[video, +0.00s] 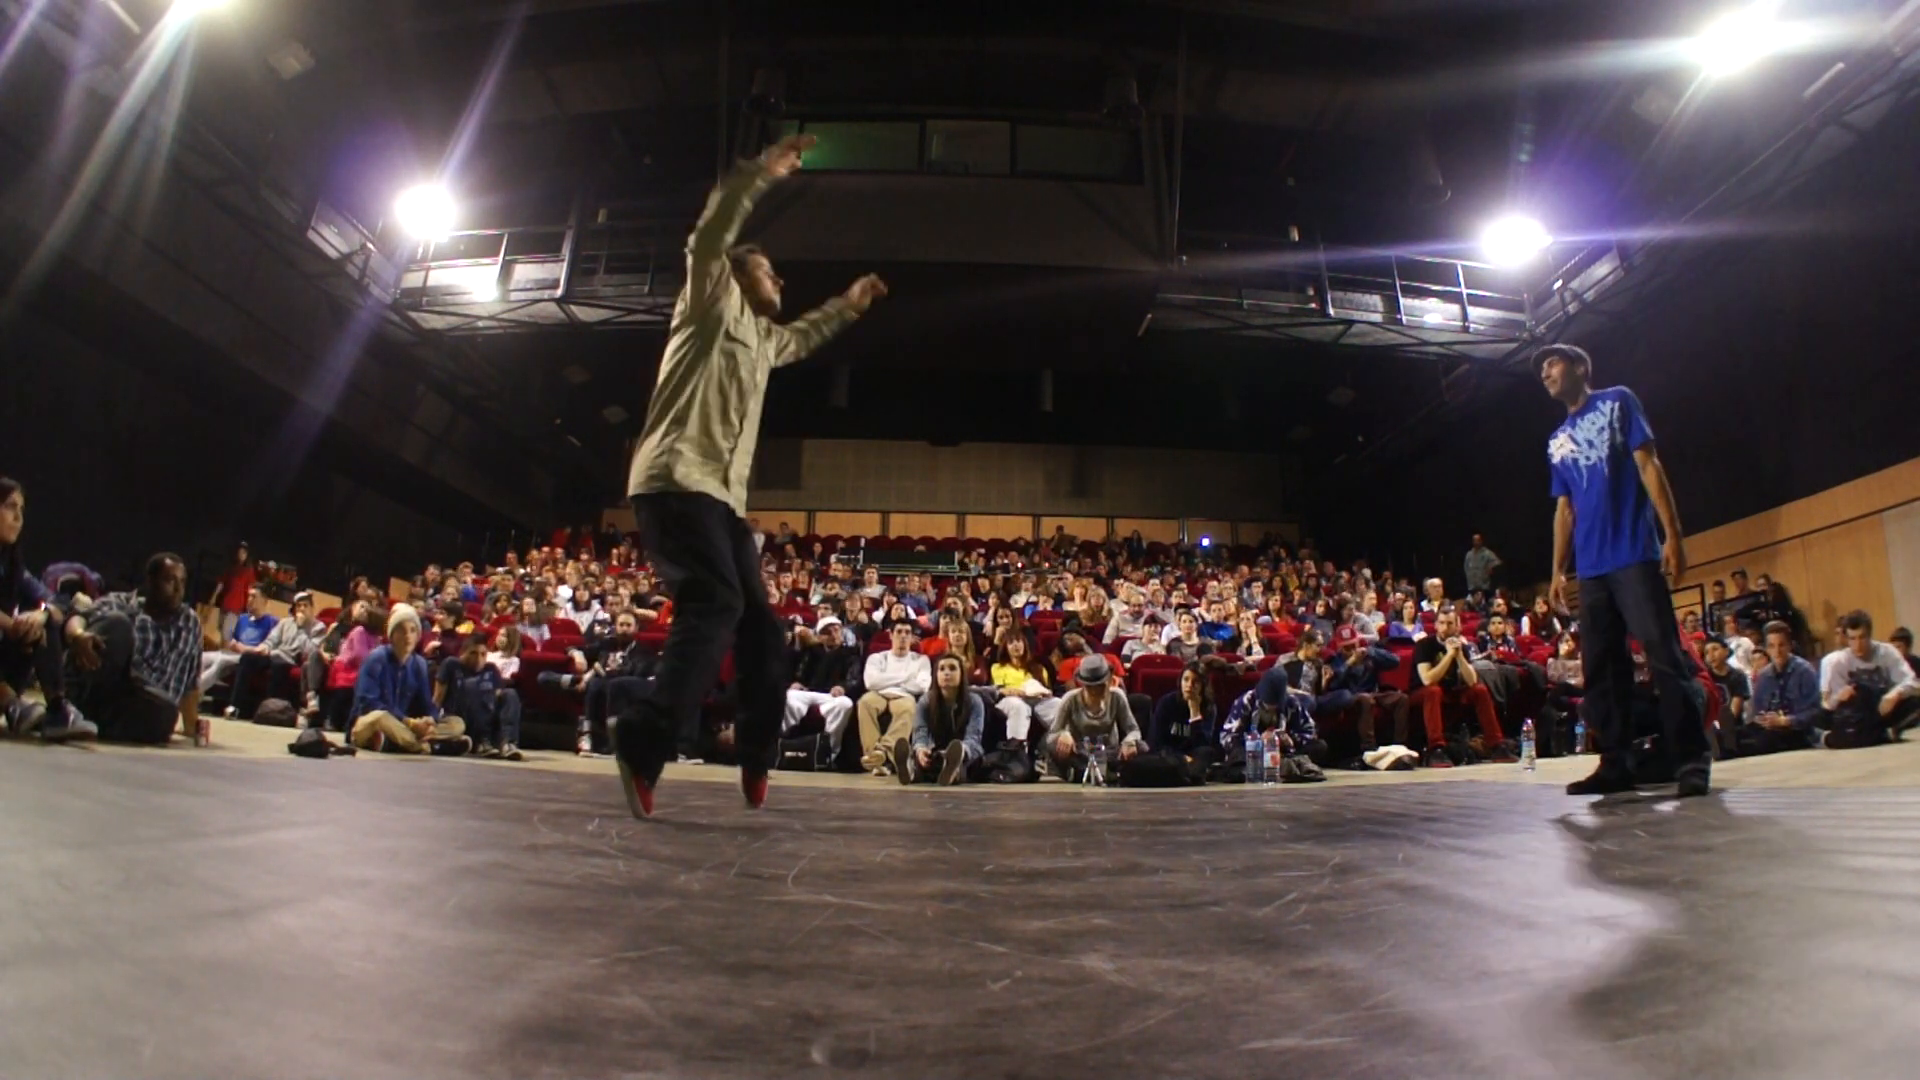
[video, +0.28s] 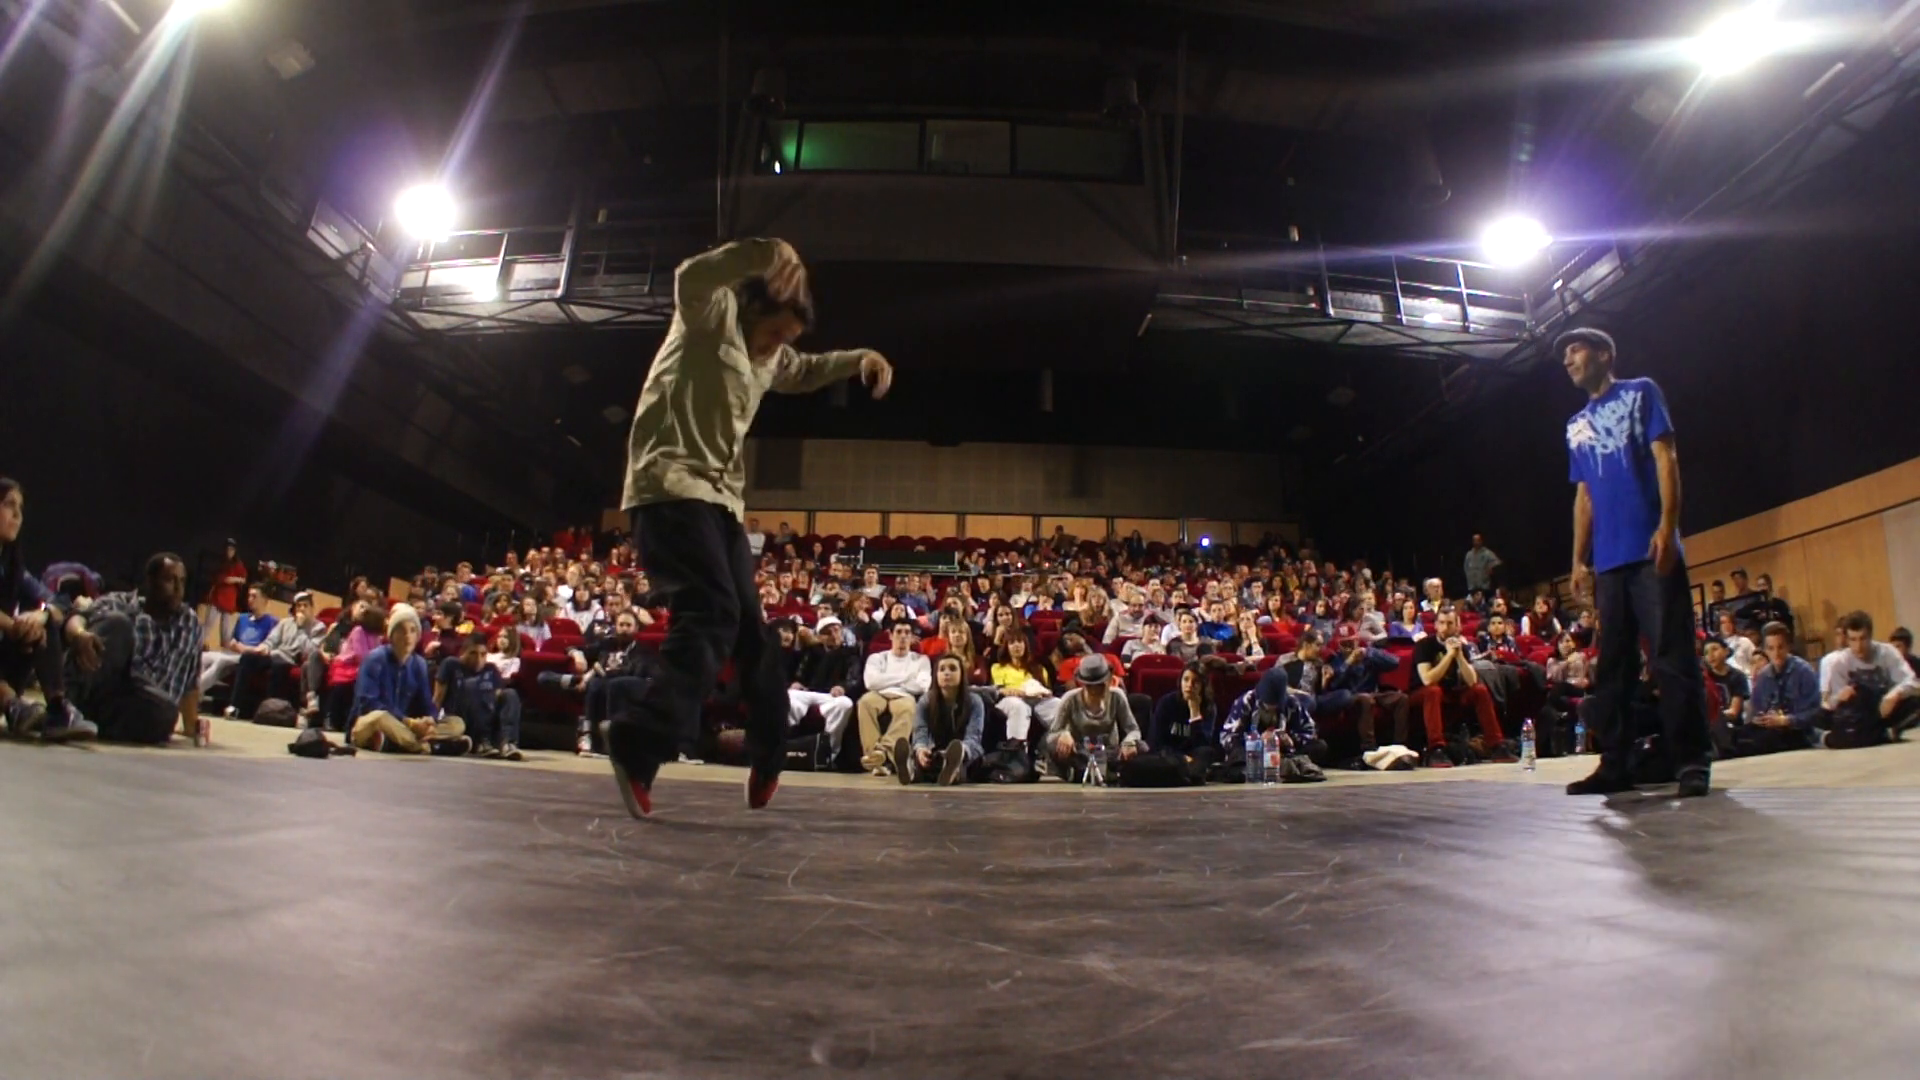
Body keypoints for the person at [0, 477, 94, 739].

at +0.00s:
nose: (18, 517)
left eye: (20, 509)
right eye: (11, 507)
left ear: (21, 513)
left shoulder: (12, 565)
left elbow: (56, 608)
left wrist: (42, 614)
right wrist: (11, 624)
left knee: (45, 624)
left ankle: (58, 709)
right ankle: (11, 704)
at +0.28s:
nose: (17, 515)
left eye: (19, 508)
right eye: (10, 506)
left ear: (21, 515)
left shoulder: (12, 565)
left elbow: (56, 606)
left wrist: (43, 614)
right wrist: (12, 624)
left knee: (45, 625)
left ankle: (58, 709)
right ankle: (11, 705)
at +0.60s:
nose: (15, 515)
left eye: (18, 508)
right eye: (8, 505)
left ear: (20, 514)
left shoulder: (11, 565)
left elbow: (57, 608)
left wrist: (42, 614)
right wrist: (10, 623)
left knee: (44, 624)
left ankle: (57, 708)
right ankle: (11, 704)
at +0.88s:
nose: (15, 516)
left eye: (18, 508)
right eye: (8, 506)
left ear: (20, 515)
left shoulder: (12, 565)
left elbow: (58, 609)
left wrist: (43, 614)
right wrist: (10, 623)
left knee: (45, 624)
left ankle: (58, 707)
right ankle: (11, 704)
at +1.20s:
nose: (15, 516)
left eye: (18, 509)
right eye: (8, 506)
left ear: (20, 516)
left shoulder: (11, 565)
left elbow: (57, 609)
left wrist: (43, 614)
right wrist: (12, 623)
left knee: (45, 625)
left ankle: (57, 708)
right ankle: (12, 705)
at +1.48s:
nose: (10, 515)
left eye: (14, 508)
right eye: (4, 507)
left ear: (20, 515)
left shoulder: (12, 568)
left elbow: (58, 610)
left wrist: (42, 614)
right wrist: (11, 623)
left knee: (44, 625)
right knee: (13, 629)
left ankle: (57, 708)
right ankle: (11, 705)